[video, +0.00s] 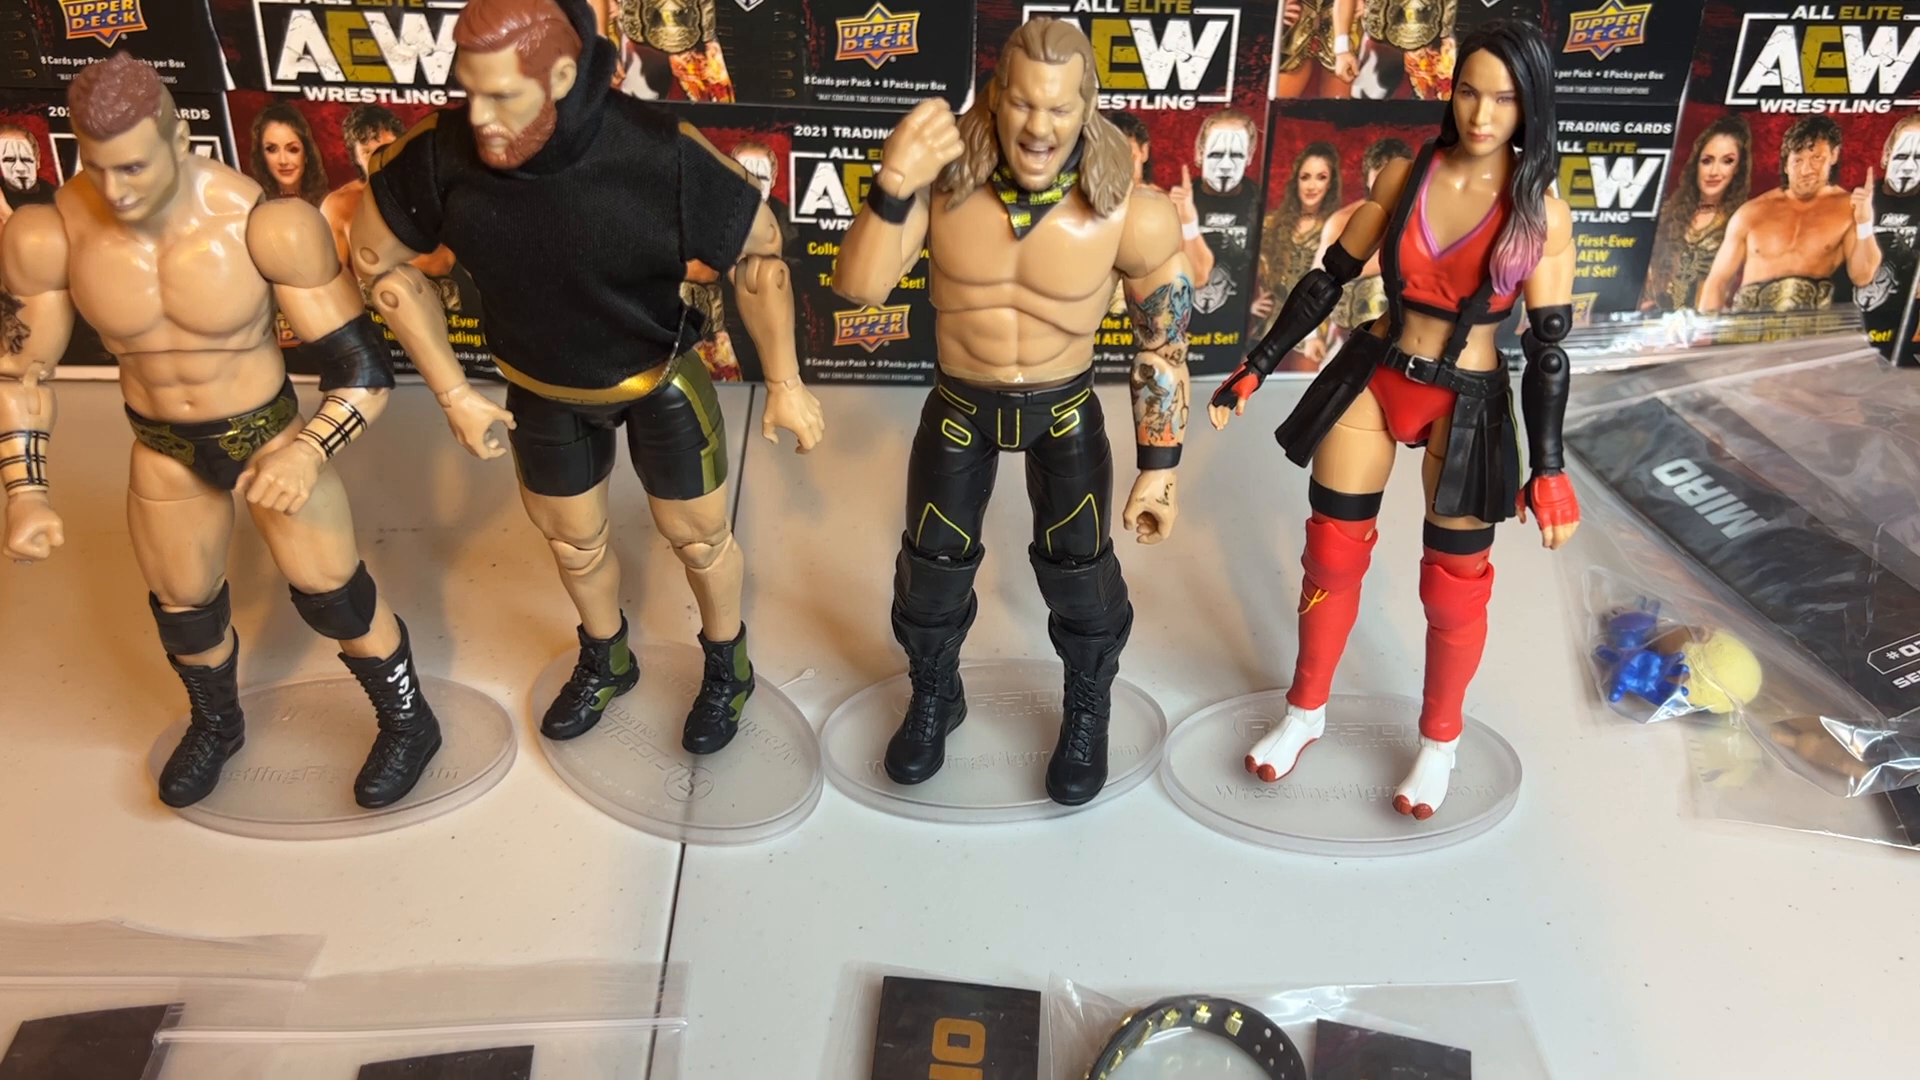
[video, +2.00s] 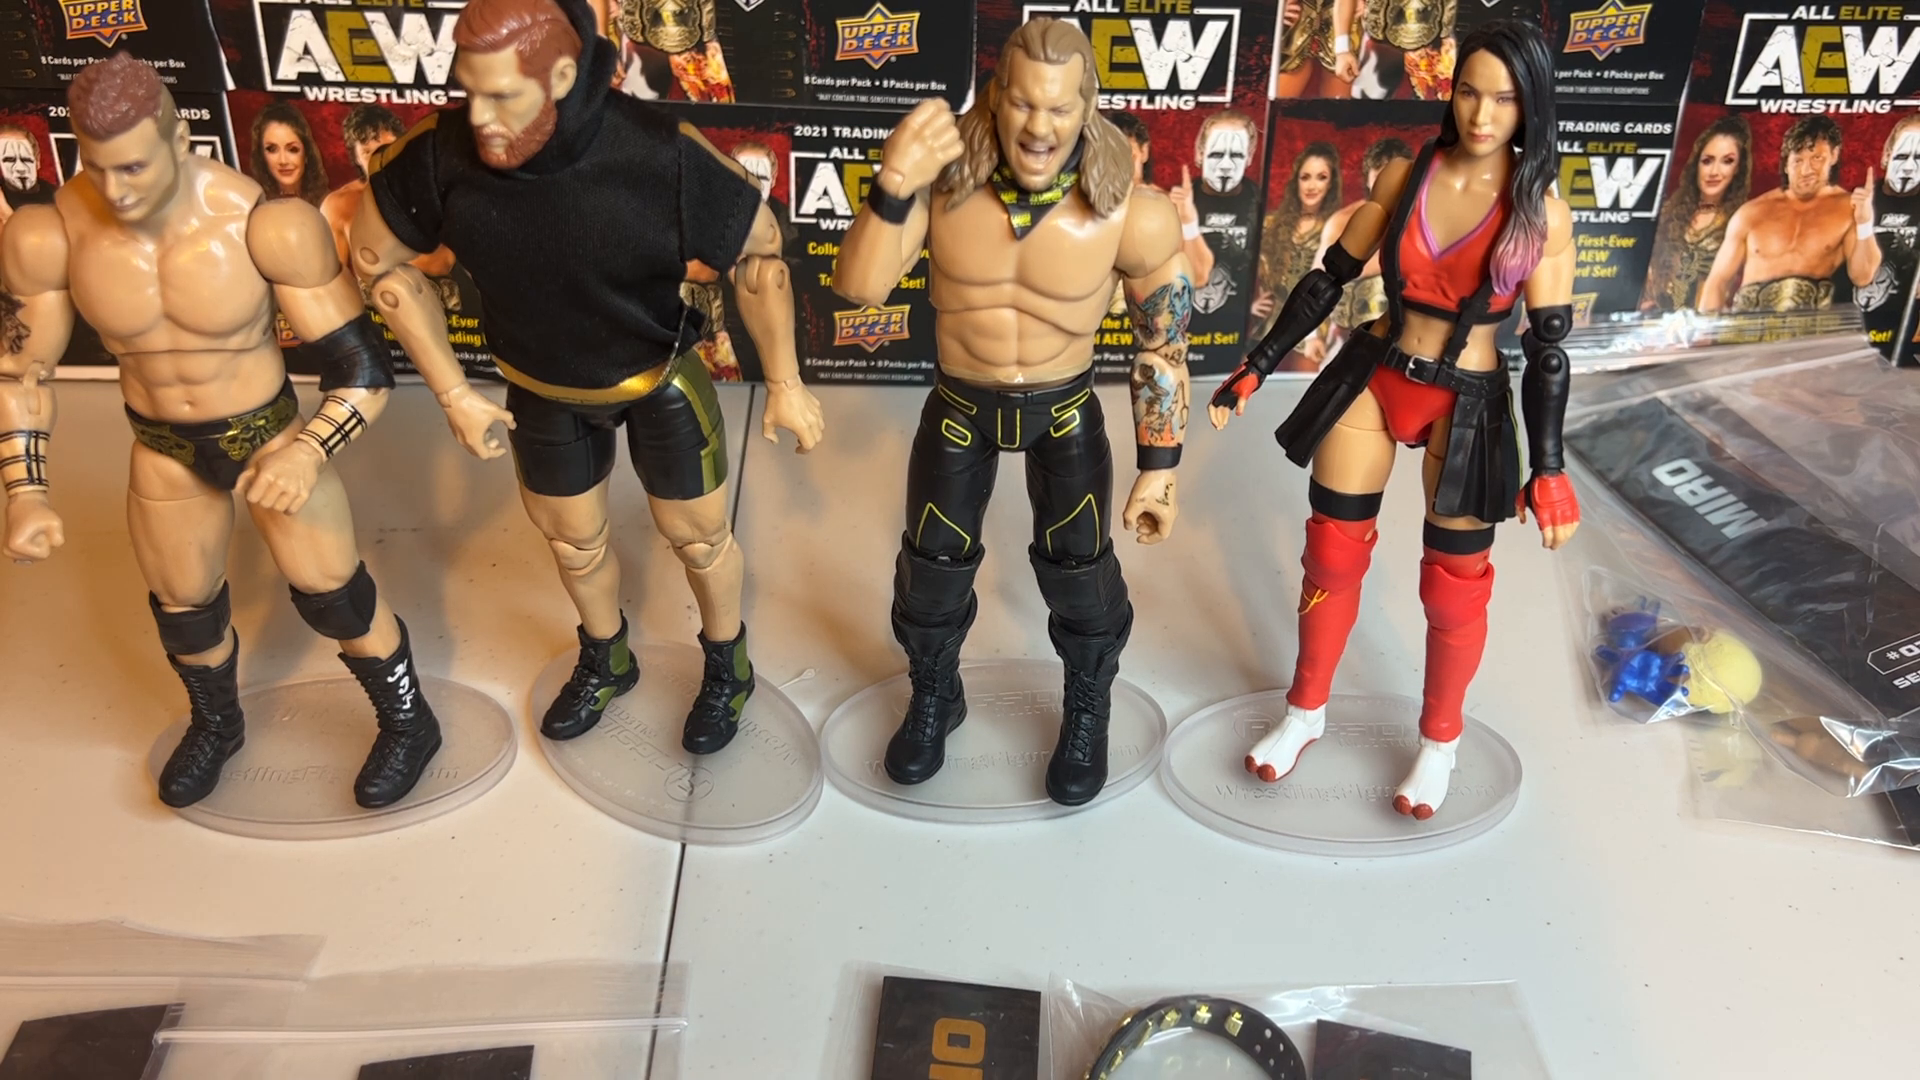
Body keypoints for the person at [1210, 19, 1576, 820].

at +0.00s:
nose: (1480, 113)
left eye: (1501, 99)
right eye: (1469, 94)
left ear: (1528, 108)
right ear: (1451, 94)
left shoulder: (1540, 209)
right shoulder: (1406, 175)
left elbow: (1548, 345)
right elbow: (1332, 274)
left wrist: (1549, 466)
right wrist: (1256, 364)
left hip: (1467, 404)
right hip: (1372, 382)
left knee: (1454, 591)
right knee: (1331, 559)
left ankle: (1438, 741)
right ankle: (1304, 710)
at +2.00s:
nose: (1480, 113)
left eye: (1501, 99)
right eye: (1469, 94)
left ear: (1529, 108)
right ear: (1451, 94)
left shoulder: (1540, 208)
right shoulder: (1406, 174)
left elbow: (1549, 345)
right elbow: (1333, 274)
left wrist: (1549, 466)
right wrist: (1256, 364)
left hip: (1467, 404)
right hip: (1372, 382)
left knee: (1454, 591)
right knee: (1331, 560)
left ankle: (1438, 742)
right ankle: (1304, 710)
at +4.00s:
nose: (1480, 114)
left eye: (1501, 99)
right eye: (1469, 94)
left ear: (1529, 108)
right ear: (1450, 94)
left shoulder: (1540, 207)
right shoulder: (1406, 175)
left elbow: (1549, 344)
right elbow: (1332, 274)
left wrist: (1549, 466)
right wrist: (1257, 364)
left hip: (1466, 404)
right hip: (1371, 383)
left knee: (1454, 592)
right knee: (1331, 561)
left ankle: (1438, 741)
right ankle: (1304, 710)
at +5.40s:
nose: (1480, 113)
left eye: (1501, 98)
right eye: (1469, 93)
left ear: (1529, 108)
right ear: (1451, 94)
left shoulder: (1540, 208)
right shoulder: (1406, 174)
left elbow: (1549, 344)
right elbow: (1333, 273)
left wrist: (1549, 466)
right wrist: (1256, 364)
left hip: (1467, 404)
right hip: (1372, 382)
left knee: (1454, 590)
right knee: (1331, 559)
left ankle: (1438, 742)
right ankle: (1304, 710)